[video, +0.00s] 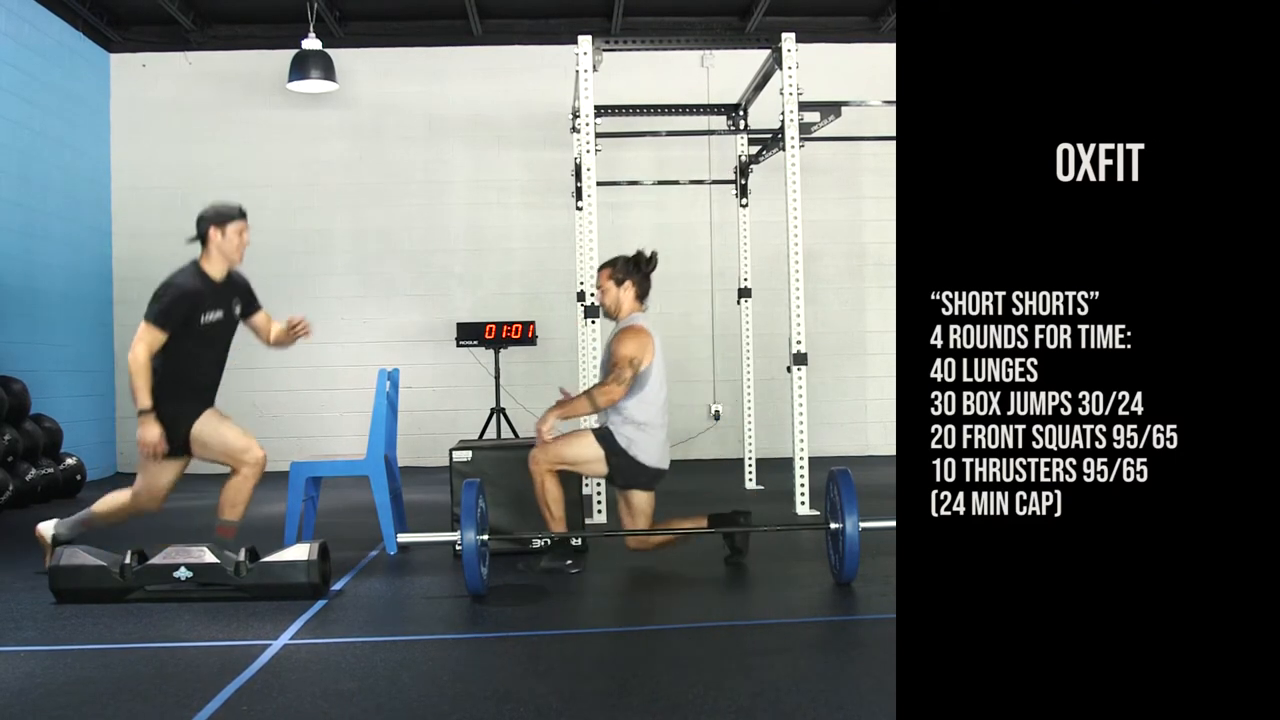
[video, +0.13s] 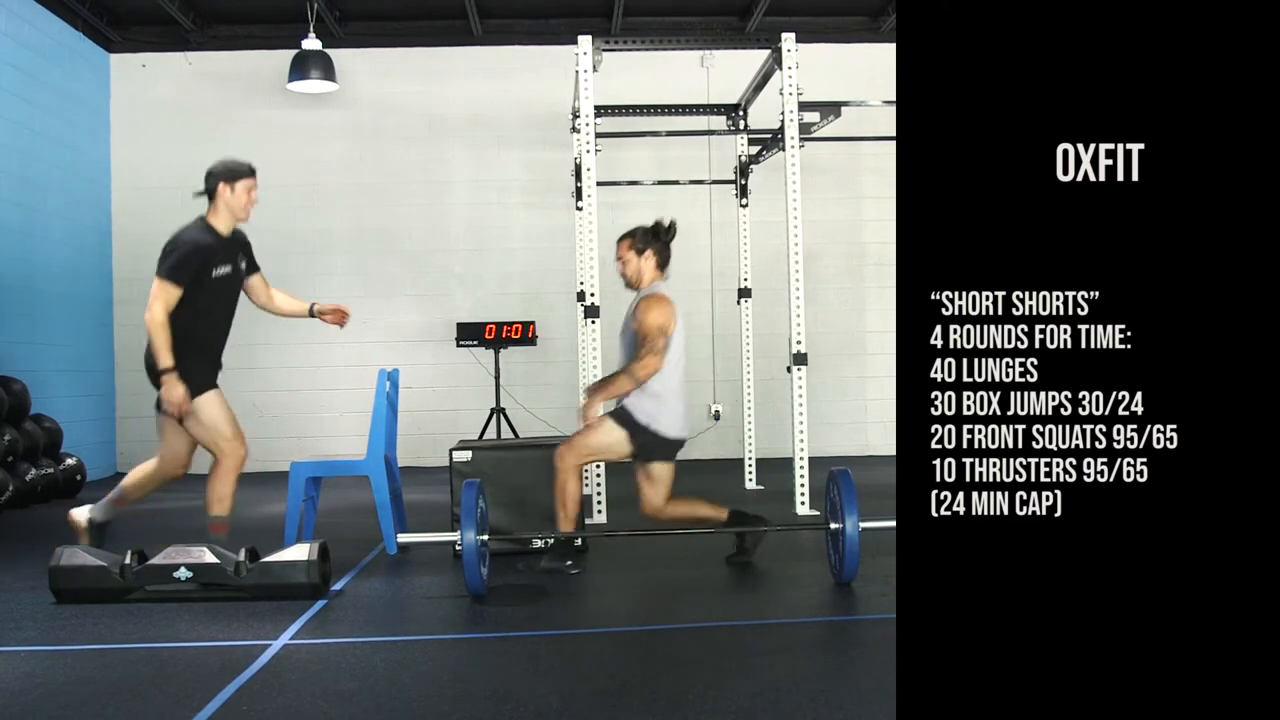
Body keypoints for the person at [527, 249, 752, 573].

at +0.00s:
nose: (598, 298)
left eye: (602, 290)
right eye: (598, 291)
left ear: (627, 288)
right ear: (626, 290)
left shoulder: (630, 337)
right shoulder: (637, 334)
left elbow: (611, 392)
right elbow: (621, 392)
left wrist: (555, 414)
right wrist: (580, 399)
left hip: (628, 445)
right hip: (643, 449)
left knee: (540, 460)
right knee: (638, 540)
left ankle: (563, 548)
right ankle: (725, 523)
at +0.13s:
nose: (620, 268)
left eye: (624, 260)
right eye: (619, 261)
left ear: (648, 258)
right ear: (646, 260)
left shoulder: (652, 306)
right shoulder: (654, 303)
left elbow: (648, 364)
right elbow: (641, 365)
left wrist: (597, 397)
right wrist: (598, 389)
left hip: (647, 420)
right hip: (662, 424)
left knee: (567, 456)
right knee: (655, 506)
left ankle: (568, 547)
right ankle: (742, 521)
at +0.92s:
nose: (643, 277)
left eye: (646, 267)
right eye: (642, 269)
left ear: (672, 262)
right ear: (667, 264)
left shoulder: (691, 300)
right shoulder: (669, 304)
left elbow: (693, 324)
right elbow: (657, 320)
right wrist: (611, 313)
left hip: (695, 425)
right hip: (665, 420)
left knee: (715, 517)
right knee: (599, 455)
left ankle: (806, 524)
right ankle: (580, 545)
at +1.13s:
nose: (614, 313)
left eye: (618, 305)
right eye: (612, 307)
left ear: (643, 298)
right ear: (642, 300)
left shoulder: (662, 343)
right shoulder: (636, 340)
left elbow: (644, 361)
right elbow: (617, 345)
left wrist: (595, 324)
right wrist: (591, 317)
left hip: (660, 464)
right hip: (627, 451)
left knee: (682, 559)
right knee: (558, 457)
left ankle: (769, 531)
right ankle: (577, 547)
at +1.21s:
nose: (608, 320)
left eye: (611, 311)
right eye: (605, 314)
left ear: (637, 305)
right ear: (635, 307)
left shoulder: (655, 349)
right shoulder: (632, 346)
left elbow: (644, 374)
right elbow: (612, 360)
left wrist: (591, 336)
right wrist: (586, 328)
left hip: (653, 471)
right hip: (620, 457)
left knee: (683, 561)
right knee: (550, 458)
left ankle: (768, 532)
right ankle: (576, 547)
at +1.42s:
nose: (614, 302)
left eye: (617, 293)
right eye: (612, 295)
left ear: (642, 286)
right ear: (641, 289)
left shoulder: (662, 331)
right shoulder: (637, 330)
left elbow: (657, 369)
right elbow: (631, 361)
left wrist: (602, 342)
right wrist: (594, 334)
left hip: (659, 453)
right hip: (626, 442)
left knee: (684, 546)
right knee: (558, 457)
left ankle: (774, 528)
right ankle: (576, 547)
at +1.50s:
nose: (626, 284)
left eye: (630, 275)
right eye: (624, 277)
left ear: (655, 269)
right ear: (652, 272)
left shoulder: (676, 314)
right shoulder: (654, 313)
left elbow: (678, 357)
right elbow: (650, 352)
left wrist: (616, 350)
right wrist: (607, 341)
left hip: (674, 438)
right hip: (642, 430)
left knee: (698, 527)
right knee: (575, 455)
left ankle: (789, 525)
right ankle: (577, 545)